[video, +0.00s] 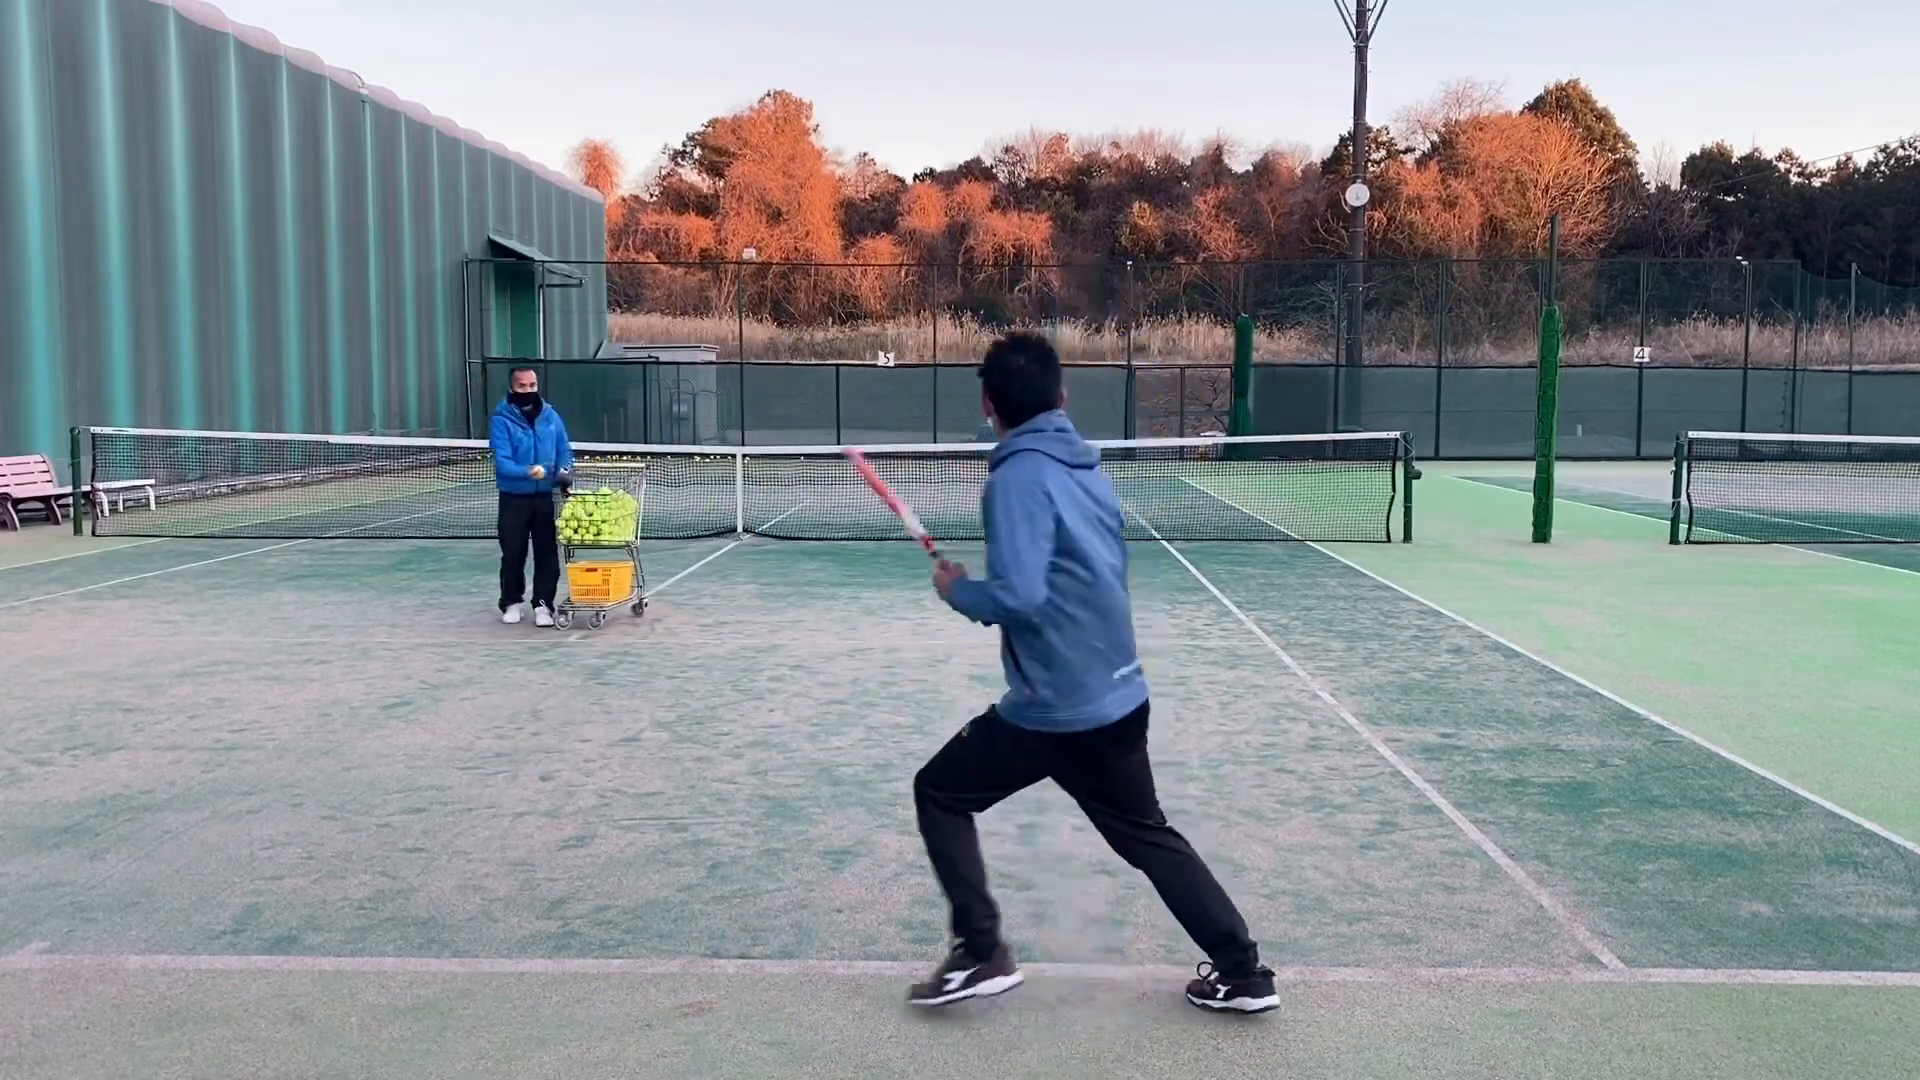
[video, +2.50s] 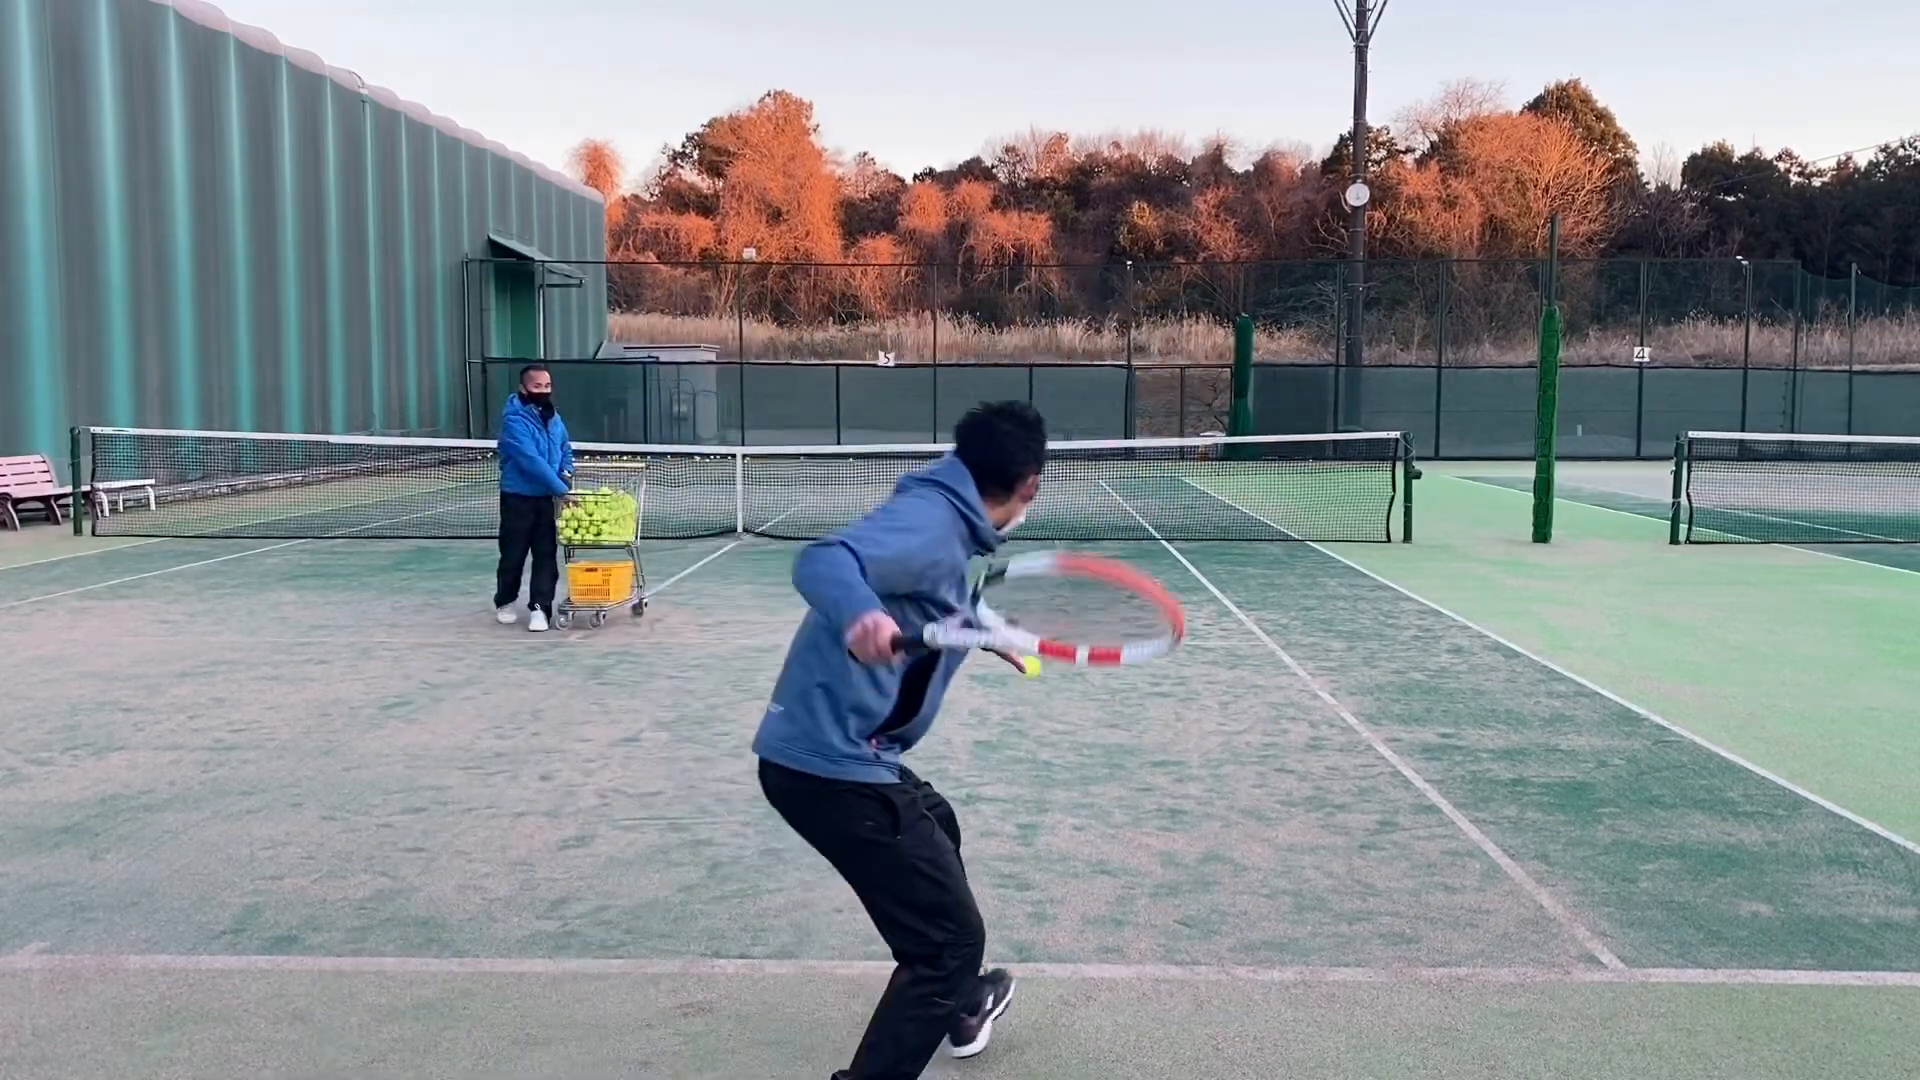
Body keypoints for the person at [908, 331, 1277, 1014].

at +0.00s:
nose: (981, 403)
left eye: (983, 393)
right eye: (983, 392)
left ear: (992, 402)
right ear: (1059, 395)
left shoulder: (1019, 477)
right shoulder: (1083, 465)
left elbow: (1019, 594)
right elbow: (1105, 567)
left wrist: (957, 589)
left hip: (1059, 706)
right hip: (1116, 697)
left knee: (940, 791)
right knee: (1146, 835)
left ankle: (979, 950)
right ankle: (1243, 970)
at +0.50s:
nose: (795, 361)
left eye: (794, 351)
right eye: (802, 350)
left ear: (802, 356)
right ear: (872, 350)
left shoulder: (775, 445)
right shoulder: (921, 446)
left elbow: (723, 556)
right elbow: (955, 555)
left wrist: (781, 527)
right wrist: (878, 559)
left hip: (795, 692)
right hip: (892, 692)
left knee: (740, 825)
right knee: (898, 842)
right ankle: (920, 1012)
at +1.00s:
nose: (662, 334)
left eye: (570, 321)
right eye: (659, 323)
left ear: (574, 328)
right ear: (653, 331)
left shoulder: (517, 413)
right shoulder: (678, 433)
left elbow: (457, 511)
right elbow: (698, 557)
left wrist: (530, 523)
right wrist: (627, 560)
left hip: (528, 677)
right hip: (626, 684)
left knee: (493, 830)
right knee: (641, 835)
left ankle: (448, 1003)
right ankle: (606, 1017)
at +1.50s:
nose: (595, 368)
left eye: (593, 357)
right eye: (595, 358)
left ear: (508, 361)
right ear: (587, 370)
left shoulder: (470, 439)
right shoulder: (562, 456)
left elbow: (512, 542)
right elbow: (620, 569)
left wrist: (606, 558)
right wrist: (670, 578)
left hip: (433, 704)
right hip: (511, 713)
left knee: (421, 867)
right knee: (608, 865)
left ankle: (331, 1036)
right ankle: (576, 1054)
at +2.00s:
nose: (781, 386)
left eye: (778, 375)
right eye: (778, 374)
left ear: (699, 370)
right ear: (761, 378)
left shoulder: (705, 467)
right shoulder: (680, 435)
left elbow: (753, 531)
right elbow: (700, 437)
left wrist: (831, 548)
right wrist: (808, 404)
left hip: (694, 724)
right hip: (642, 728)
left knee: (760, 874)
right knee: (662, 921)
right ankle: (544, 1054)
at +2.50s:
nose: (1036, 491)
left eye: (1037, 478)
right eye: (1036, 480)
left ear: (971, 461)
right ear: (1021, 485)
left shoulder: (942, 517)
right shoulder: (928, 525)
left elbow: (931, 602)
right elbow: (822, 560)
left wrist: (991, 629)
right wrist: (861, 614)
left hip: (845, 749)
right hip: (821, 764)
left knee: (934, 825)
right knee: (950, 943)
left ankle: (958, 1009)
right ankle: (869, 1073)